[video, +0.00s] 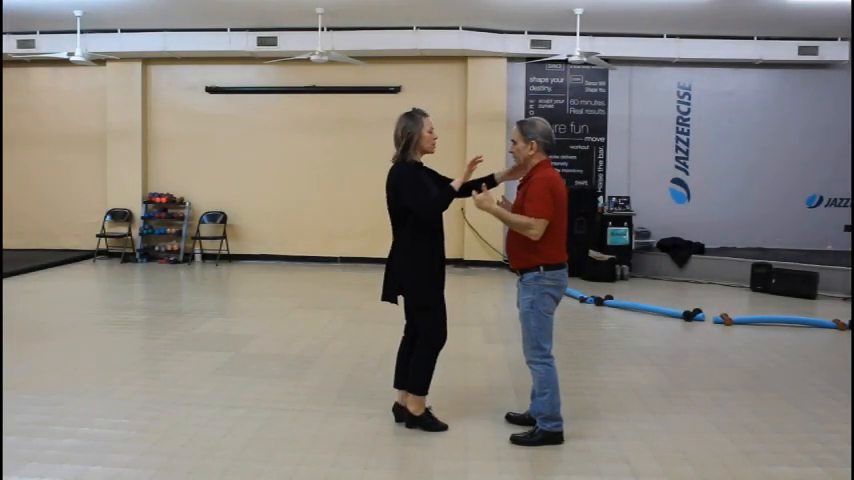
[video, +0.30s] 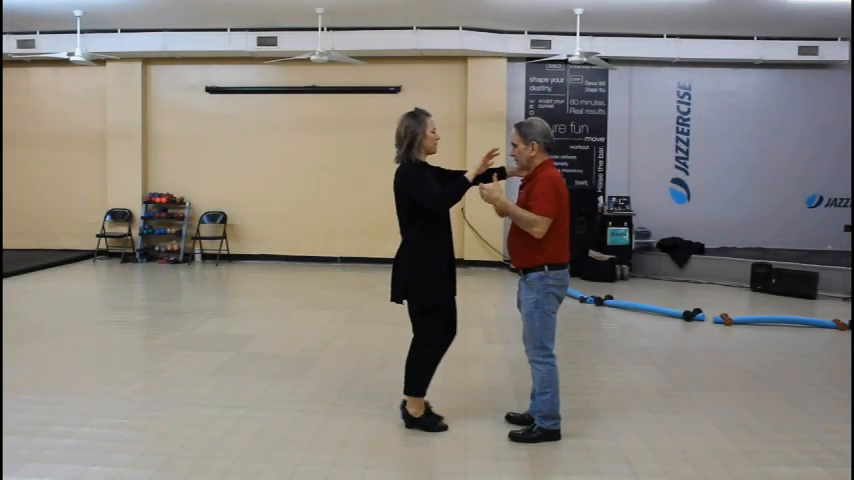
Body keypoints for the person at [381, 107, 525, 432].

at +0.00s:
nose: (435, 136)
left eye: (434, 131)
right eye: (430, 131)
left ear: (415, 136)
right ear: (414, 135)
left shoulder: (416, 170)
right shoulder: (406, 173)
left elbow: (460, 188)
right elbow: (431, 207)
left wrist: (505, 175)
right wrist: (456, 183)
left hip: (418, 269)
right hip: (420, 271)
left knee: (416, 332)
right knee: (433, 335)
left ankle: (403, 402)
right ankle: (416, 407)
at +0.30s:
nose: (437, 136)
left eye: (436, 131)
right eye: (432, 131)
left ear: (420, 135)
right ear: (416, 136)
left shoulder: (425, 170)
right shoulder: (410, 173)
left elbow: (465, 179)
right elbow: (440, 200)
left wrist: (510, 172)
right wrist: (472, 175)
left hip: (435, 268)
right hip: (421, 270)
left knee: (444, 330)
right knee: (428, 334)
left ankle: (415, 400)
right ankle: (413, 408)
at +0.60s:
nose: (443, 137)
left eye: (442, 131)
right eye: (438, 132)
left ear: (426, 135)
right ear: (422, 135)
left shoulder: (431, 169)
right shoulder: (416, 173)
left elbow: (469, 183)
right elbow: (446, 202)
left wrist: (510, 176)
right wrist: (480, 178)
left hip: (439, 266)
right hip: (427, 268)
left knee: (438, 335)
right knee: (434, 336)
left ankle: (426, 403)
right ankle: (415, 408)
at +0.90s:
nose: (449, 134)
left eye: (448, 128)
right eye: (444, 129)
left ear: (430, 135)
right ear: (428, 135)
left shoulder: (438, 170)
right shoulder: (424, 171)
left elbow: (478, 183)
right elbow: (457, 186)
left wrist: (515, 172)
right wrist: (484, 159)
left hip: (439, 268)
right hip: (430, 270)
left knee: (438, 334)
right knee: (440, 336)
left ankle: (426, 405)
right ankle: (425, 410)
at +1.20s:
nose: (453, 133)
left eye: (451, 127)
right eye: (447, 128)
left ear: (433, 133)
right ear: (432, 133)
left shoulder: (435, 168)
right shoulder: (427, 170)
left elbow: (471, 191)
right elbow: (464, 185)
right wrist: (486, 149)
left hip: (439, 268)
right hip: (433, 269)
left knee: (439, 338)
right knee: (437, 339)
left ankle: (427, 407)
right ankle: (425, 410)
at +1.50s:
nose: (447, 134)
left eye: (446, 129)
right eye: (442, 129)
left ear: (426, 135)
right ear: (427, 134)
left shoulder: (430, 169)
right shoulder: (424, 171)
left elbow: (465, 191)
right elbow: (460, 186)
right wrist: (484, 154)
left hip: (438, 268)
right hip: (433, 269)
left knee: (437, 337)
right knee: (436, 338)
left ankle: (426, 407)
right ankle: (425, 410)